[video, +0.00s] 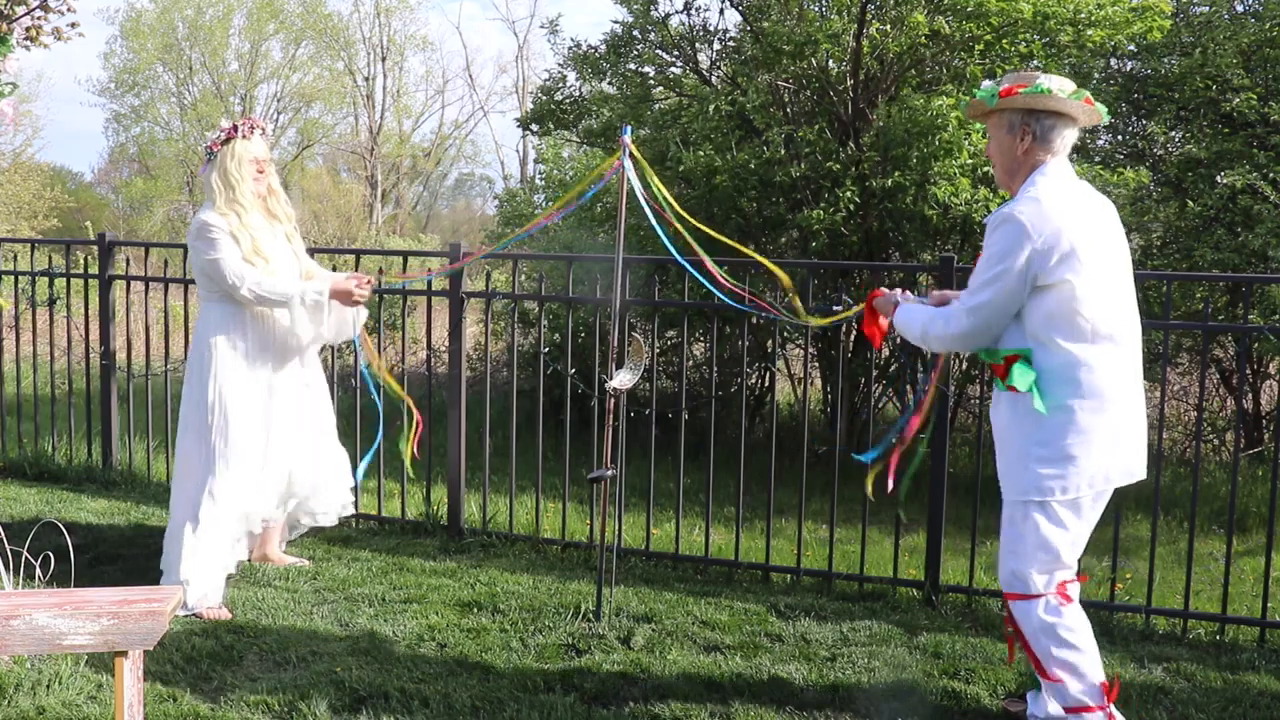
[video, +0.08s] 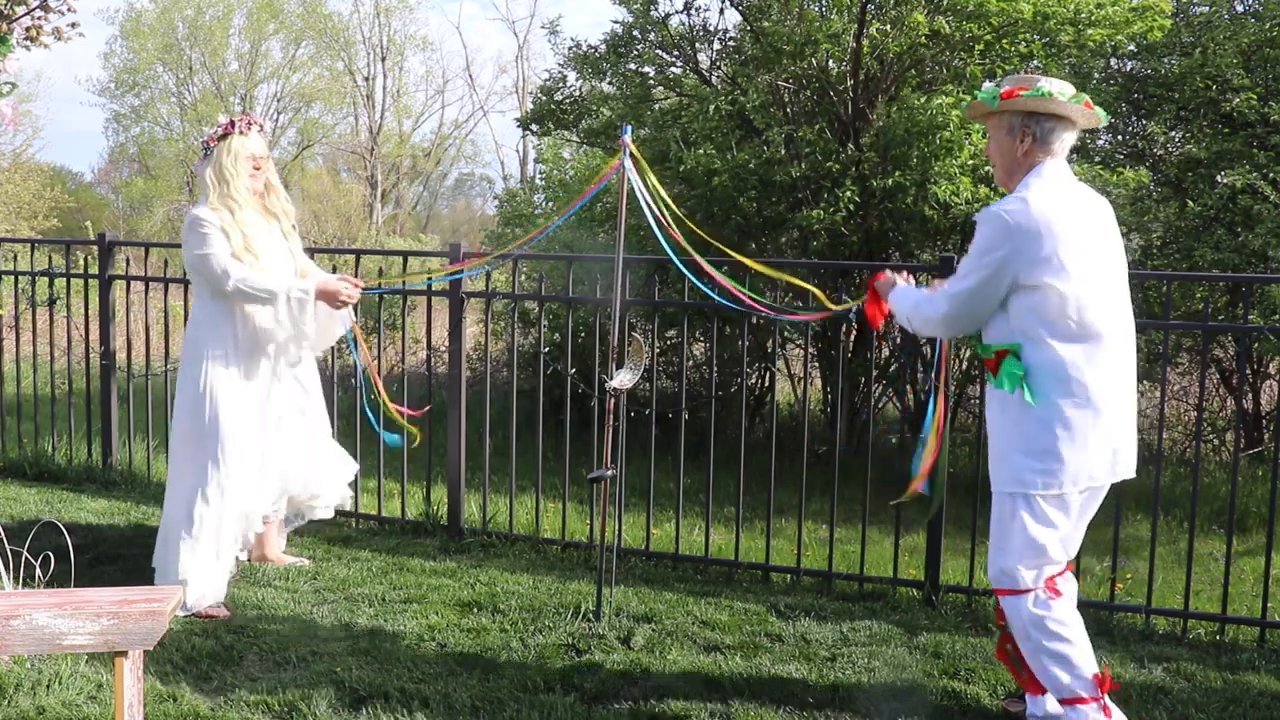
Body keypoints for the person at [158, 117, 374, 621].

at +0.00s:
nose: (263, 172)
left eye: (266, 163)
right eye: (252, 164)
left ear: (272, 169)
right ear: (225, 171)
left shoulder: (276, 222)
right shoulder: (210, 224)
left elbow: (304, 272)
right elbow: (243, 283)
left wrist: (340, 285)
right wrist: (322, 291)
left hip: (280, 349)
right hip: (232, 353)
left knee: (286, 444)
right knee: (229, 464)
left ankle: (269, 545)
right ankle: (202, 587)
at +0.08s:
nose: (259, 169)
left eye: (263, 161)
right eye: (249, 162)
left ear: (269, 165)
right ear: (223, 168)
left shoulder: (274, 219)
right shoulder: (204, 220)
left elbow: (300, 269)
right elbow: (228, 278)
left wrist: (332, 284)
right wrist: (310, 290)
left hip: (272, 353)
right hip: (223, 357)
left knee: (277, 446)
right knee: (222, 466)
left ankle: (269, 546)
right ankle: (198, 588)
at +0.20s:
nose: (252, 169)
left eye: (258, 160)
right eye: (241, 160)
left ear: (264, 167)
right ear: (215, 165)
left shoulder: (270, 218)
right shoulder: (192, 216)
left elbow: (283, 293)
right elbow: (212, 268)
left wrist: (316, 277)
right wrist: (290, 266)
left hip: (263, 353)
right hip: (211, 355)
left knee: (274, 444)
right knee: (211, 465)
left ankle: (267, 541)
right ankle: (198, 590)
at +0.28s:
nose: (249, 169)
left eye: (256, 160)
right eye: (238, 159)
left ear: (263, 168)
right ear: (211, 164)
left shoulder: (269, 216)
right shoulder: (187, 213)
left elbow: (288, 287)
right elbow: (202, 258)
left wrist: (310, 256)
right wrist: (274, 242)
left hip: (261, 346)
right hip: (205, 349)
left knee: (272, 441)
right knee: (204, 462)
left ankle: (265, 541)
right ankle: (197, 588)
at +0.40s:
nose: (248, 165)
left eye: (256, 157)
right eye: (238, 156)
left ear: (263, 164)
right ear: (212, 161)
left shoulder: (272, 211)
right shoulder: (183, 207)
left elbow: (300, 278)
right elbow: (192, 251)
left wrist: (315, 249)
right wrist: (263, 230)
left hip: (262, 342)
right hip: (200, 346)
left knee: (273, 435)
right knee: (195, 456)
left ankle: (266, 539)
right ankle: (186, 577)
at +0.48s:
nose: (248, 163)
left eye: (255, 155)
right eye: (237, 154)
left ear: (263, 163)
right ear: (211, 160)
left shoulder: (264, 217)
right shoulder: (182, 209)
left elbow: (282, 289)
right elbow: (186, 258)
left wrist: (314, 271)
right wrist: (264, 251)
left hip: (261, 343)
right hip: (200, 349)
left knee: (283, 437)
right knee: (197, 460)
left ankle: (281, 543)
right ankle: (195, 582)